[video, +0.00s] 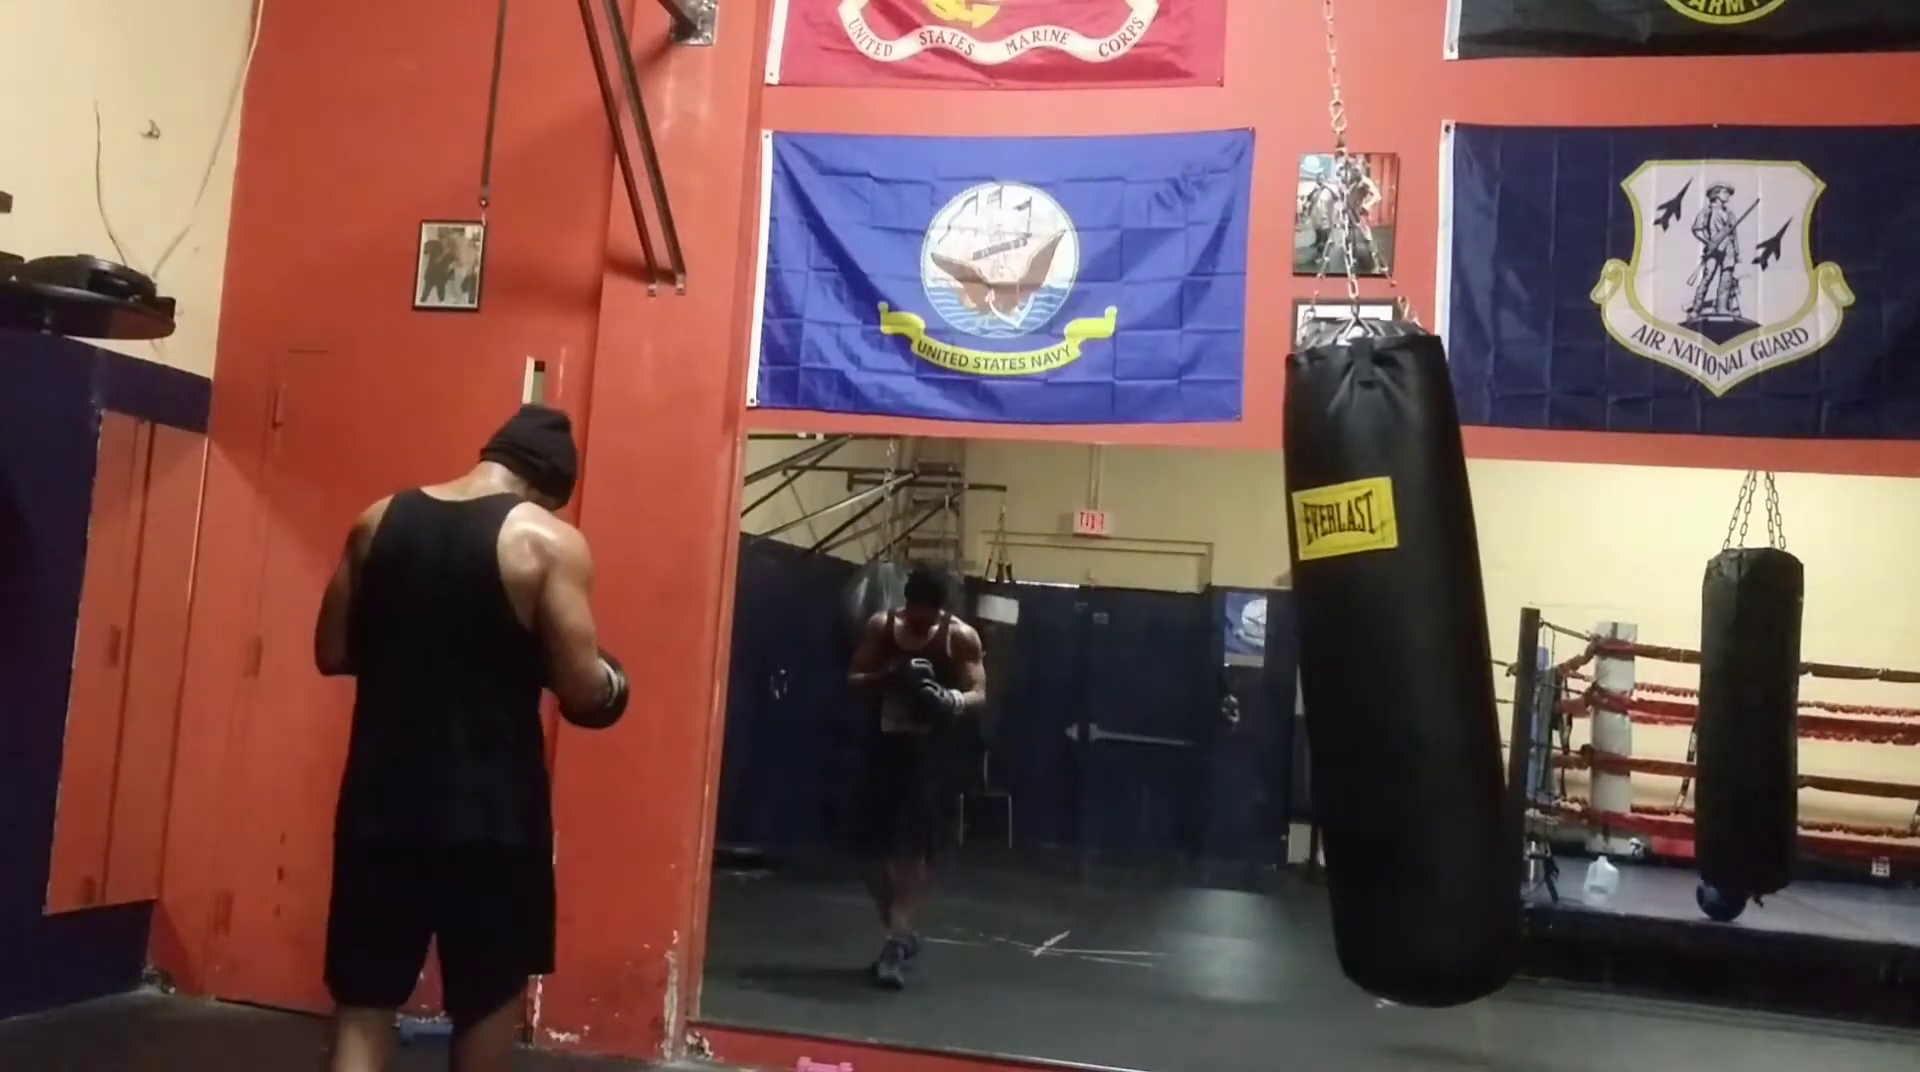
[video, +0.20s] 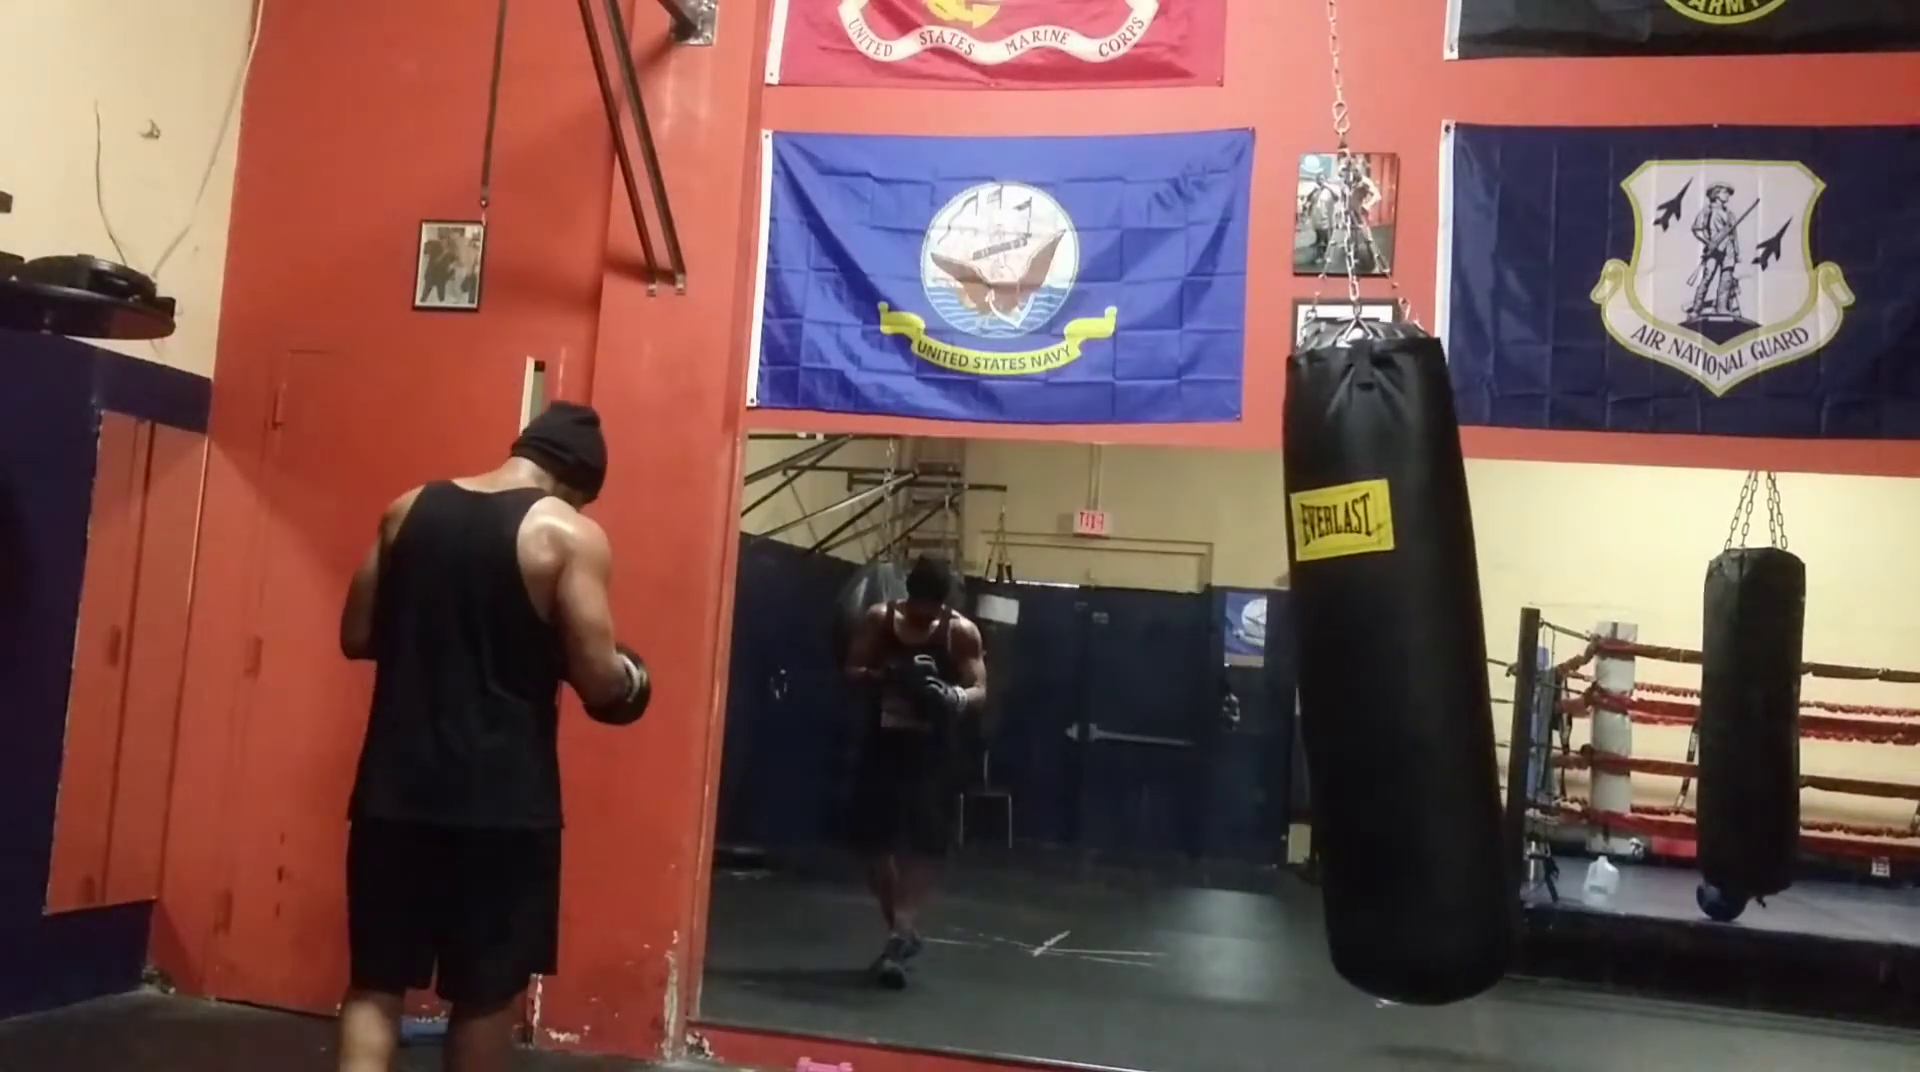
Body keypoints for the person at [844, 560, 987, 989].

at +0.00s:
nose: (918, 629)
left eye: (927, 623)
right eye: (912, 621)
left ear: (942, 613)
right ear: (903, 606)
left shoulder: (961, 637)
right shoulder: (882, 627)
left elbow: (978, 693)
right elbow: (855, 679)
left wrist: (951, 700)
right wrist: (893, 675)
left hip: (932, 751)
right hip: (884, 747)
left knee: (915, 845)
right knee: (873, 844)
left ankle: (896, 943)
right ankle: (900, 933)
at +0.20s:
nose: (919, 624)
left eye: (928, 617)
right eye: (913, 615)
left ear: (944, 606)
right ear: (904, 599)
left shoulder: (961, 631)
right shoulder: (879, 619)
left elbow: (978, 689)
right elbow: (854, 672)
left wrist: (953, 695)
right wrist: (886, 674)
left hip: (930, 746)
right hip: (881, 742)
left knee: (921, 842)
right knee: (873, 838)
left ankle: (900, 937)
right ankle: (900, 932)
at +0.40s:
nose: (925, 628)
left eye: (933, 621)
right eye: (919, 619)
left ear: (946, 610)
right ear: (907, 604)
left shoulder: (962, 637)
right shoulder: (880, 624)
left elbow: (977, 697)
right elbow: (852, 678)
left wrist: (952, 700)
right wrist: (891, 679)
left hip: (931, 753)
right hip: (881, 749)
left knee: (921, 852)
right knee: (867, 844)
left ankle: (892, 943)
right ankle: (891, 929)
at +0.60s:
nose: (922, 628)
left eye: (932, 622)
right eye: (916, 620)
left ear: (946, 612)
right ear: (905, 605)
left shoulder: (962, 635)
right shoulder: (878, 624)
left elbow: (979, 693)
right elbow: (851, 680)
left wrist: (957, 699)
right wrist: (891, 678)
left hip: (930, 754)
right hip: (879, 750)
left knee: (919, 853)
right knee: (863, 843)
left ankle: (892, 944)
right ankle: (871, 919)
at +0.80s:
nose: (925, 621)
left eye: (933, 614)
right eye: (919, 612)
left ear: (946, 604)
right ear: (907, 596)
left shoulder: (961, 631)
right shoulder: (877, 619)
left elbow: (978, 690)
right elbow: (849, 673)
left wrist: (953, 696)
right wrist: (886, 677)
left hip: (927, 753)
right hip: (875, 748)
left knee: (912, 853)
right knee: (862, 843)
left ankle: (893, 950)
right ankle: (852, 949)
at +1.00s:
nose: (923, 619)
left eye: (932, 613)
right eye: (918, 611)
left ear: (944, 605)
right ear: (906, 596)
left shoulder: (957, 632)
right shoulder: (873, 621)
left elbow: (973, 693)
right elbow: (845, 674)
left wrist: (948, 693)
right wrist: (885, 678)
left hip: (925, 755)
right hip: (873, 750)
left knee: (910, 854)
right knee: (862, 844)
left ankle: (893, 949)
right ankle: (853, 950)